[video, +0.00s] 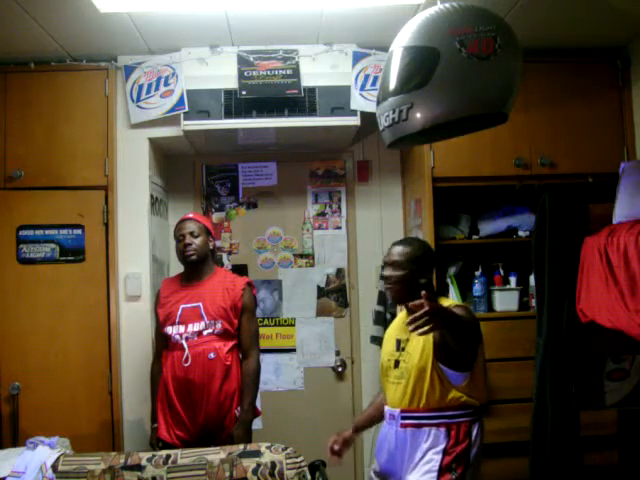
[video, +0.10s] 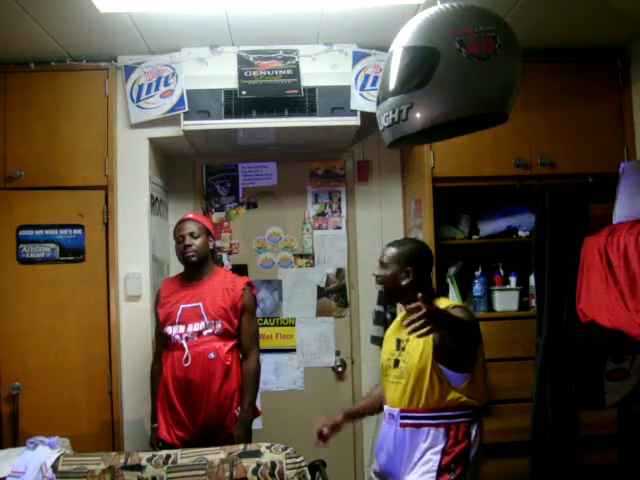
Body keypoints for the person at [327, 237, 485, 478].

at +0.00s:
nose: (385, 274)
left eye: (395, 266)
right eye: (384, 266)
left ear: (421, 276)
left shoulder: (454, 314)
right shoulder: (400, 319)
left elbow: (467, 344)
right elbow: (393, 392)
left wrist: (443, 318)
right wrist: (353, 430)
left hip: (438, 442)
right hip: (393, 441)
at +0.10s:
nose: (376, 274)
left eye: (384, 266)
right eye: (379, 266)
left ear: (407, 275)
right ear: (405, 276)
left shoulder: (454, 314)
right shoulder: (397, 325)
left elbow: (468, 341)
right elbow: (390, 389)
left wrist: (440, 319)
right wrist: (343, 417)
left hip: (438, 443)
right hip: (393, 440)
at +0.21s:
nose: (375, 275)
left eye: (381, 267)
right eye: (376, 267)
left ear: (404, 271)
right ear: (401, 271)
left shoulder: (450, 311)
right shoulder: (395, 324)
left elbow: (472, 347)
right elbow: (384, 388)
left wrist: (436, 328)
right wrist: (331, 394)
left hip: (438, 437)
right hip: (395, 435)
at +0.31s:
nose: (371, 276)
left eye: (377, 269)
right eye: (373, 268)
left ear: (400, 276)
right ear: (398, 278)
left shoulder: (447, 312)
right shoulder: (396, 323)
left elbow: (479, 350)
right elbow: (377, 376)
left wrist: (433, 340)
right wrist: (314, 369)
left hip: (440, 437)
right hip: (397, 434)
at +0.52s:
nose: (372, 281)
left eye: (379, 273)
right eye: (373, 273)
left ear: (405, 276)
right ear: (403, 276)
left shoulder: (447, 317)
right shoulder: (394, 324)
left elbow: (482, 367)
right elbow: (358, 360)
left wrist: (433, 366)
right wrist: (300, 346)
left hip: (442, 439)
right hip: (398, 437)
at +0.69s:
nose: (374, 277)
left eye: (384, 269)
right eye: (373, 269)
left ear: (411, 275)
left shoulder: (446, 318)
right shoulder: (392, 323)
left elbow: (482, 374)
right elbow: (384, 377)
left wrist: (439, 398)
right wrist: (325, 366)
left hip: (437, 439)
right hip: (393, 437)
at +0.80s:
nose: (372, 284)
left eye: (382, 277)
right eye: (372, 276)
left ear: (410, 285)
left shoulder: (444, 332)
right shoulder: (393, 331)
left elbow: (487, 390)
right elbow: (392, 392)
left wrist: (442, 424)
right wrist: (339, 391)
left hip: (435, 455)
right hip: (393, 450)